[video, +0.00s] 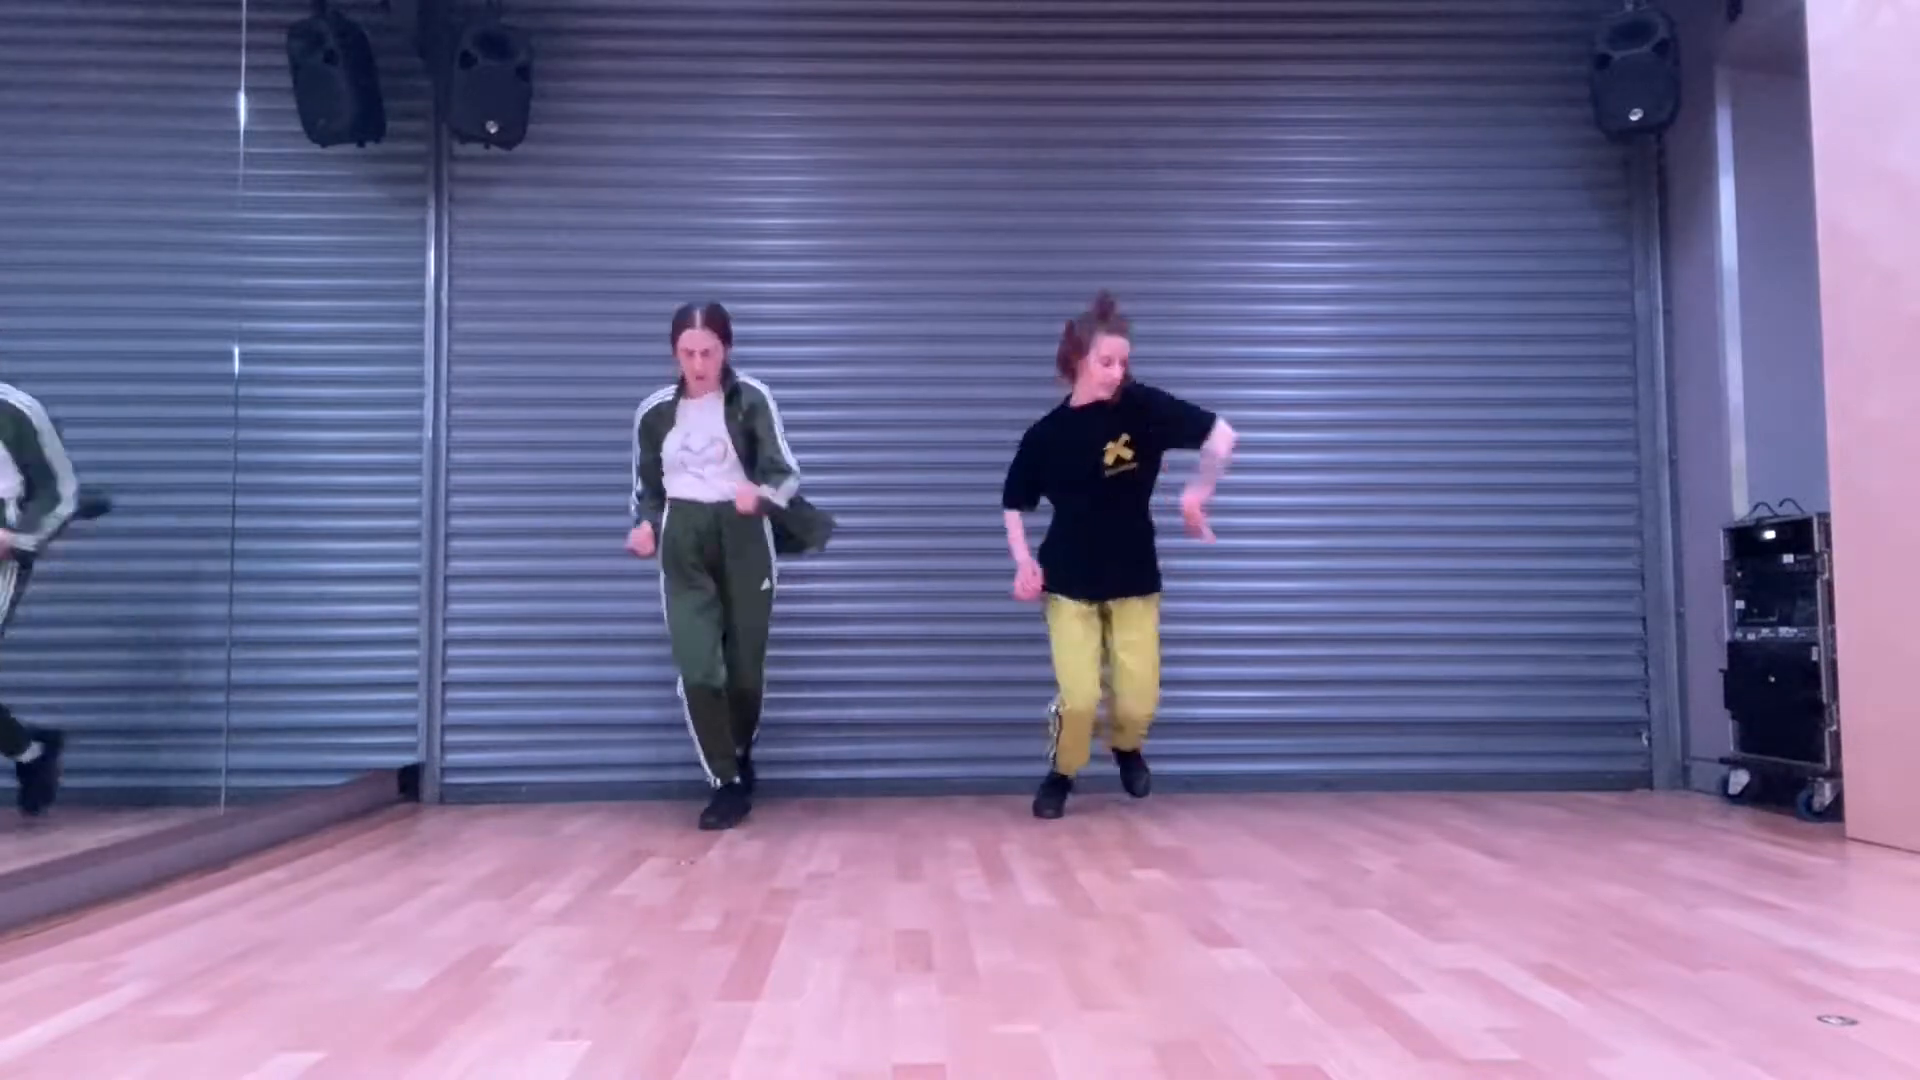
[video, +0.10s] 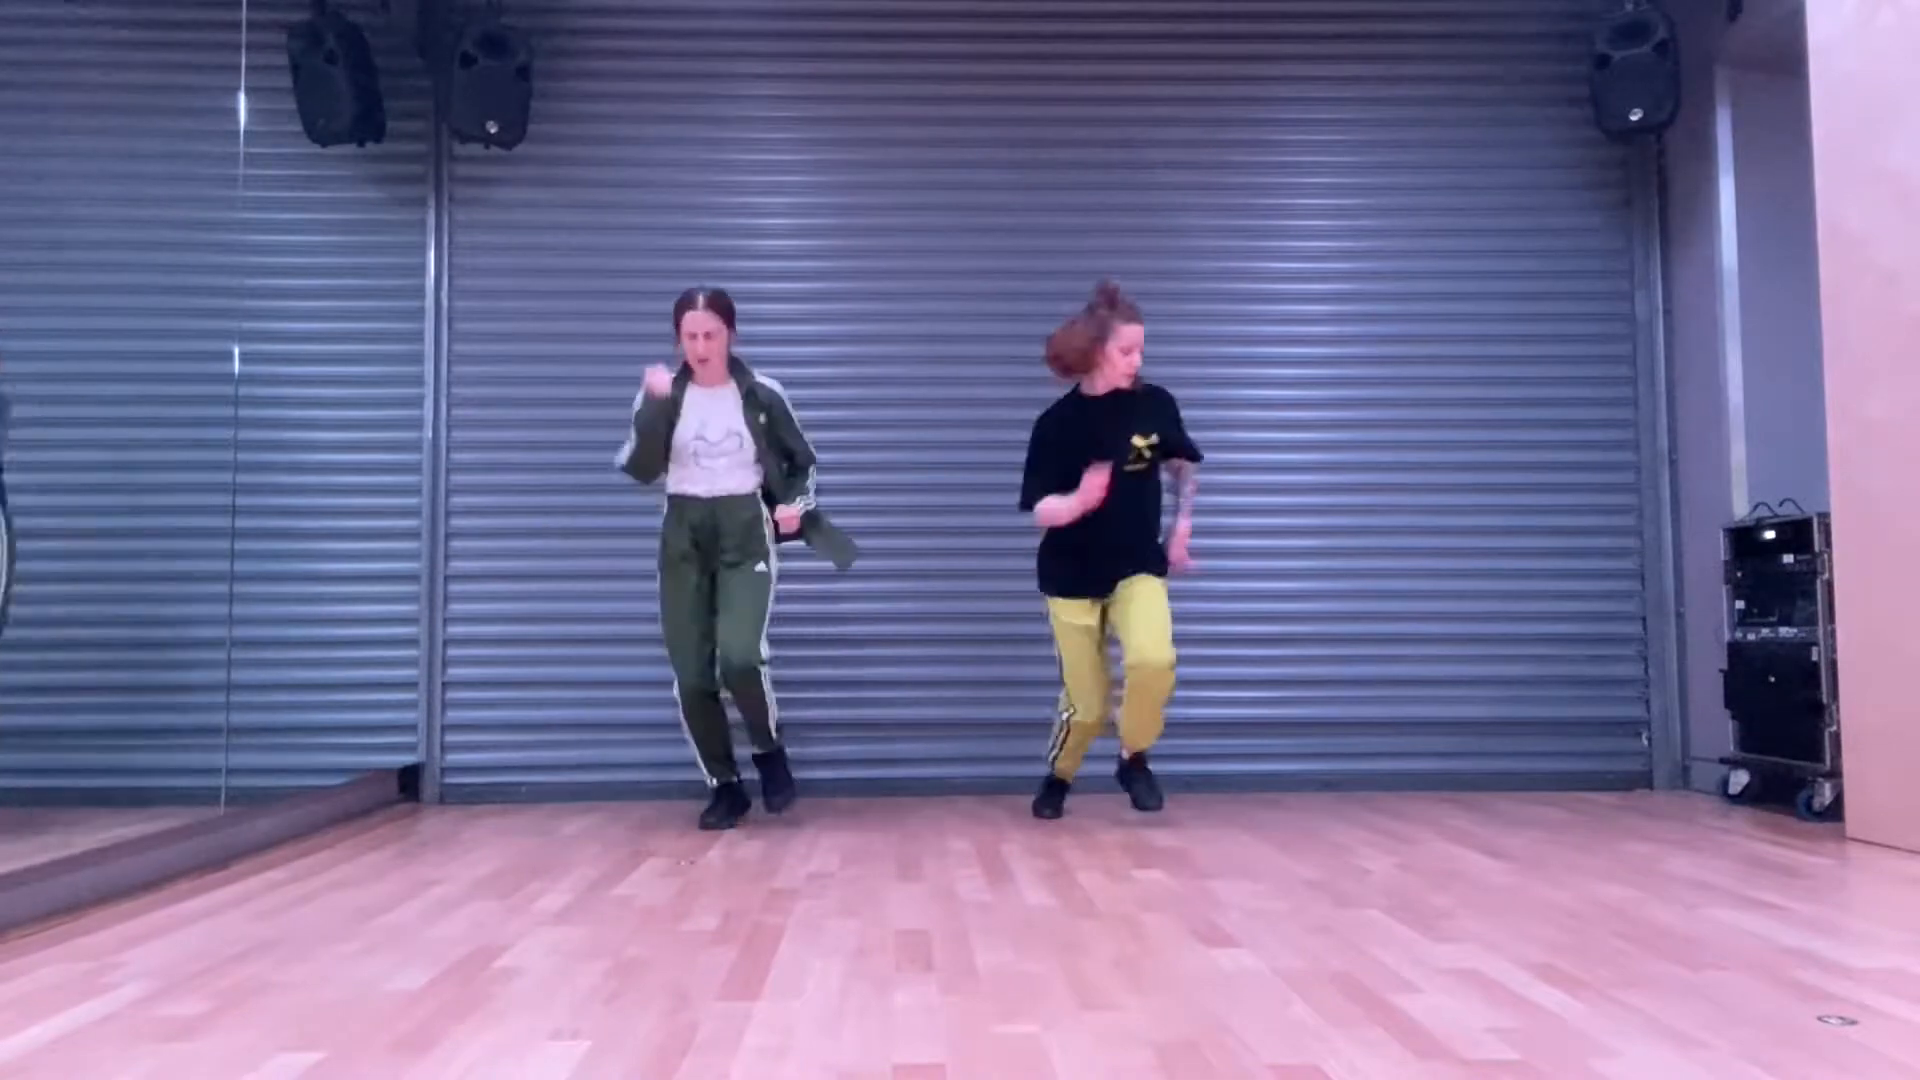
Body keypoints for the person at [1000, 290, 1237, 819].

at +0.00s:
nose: (1117, 373)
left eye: (1122, 362)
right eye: (1106, 361)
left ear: (1128, 362)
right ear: (1076, 362)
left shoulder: (1145, 408)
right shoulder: (1047, 433)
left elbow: (1222, 435)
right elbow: (1012, 503)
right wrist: (1023, 561)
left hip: (1134, 579)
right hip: (1069, 581)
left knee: (1138, 703)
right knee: (1079, 698)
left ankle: (1128, 750)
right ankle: (1061, 775)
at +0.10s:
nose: (1138, 361)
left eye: (1140, 350)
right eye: (1128, 351)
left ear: (1138, 351)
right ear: (1094, 353)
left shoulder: (1154, 405)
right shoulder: (1055, 423)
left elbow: (1185, 470)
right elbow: (1039, 512)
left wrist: (1180, 533)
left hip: (1138, 567)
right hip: (1070, 576)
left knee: (1155, 661)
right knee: (1087, 708)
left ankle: (1135, 761)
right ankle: (1058, 779)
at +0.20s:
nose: (1146, 358)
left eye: (1148, 347)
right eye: (1135, 347)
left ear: (1147, 349)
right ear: (1099, 349)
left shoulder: (1147, 404)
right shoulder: (1076, 402)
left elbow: (1144, 472)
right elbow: (1081, 448)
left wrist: (1152, 530)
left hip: (1153, 553)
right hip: (1090, 561)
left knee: (1166, 659)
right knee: (1083, 682)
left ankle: (1168, 797)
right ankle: (1056, 770)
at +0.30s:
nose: (1140, 336)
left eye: (1147, 324)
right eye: (1128, 325)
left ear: (1158, 326)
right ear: (1107, 326)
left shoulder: (1169, 402)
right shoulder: (1085, 382)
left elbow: (1161, 488)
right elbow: (1079, 446)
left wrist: (1195, 529)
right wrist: (1134, 395)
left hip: (1171, 554)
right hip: (1101, 559)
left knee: (1177, 669)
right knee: (1105, 690)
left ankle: (1170, 803)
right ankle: (1058, 746)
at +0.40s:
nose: (1127, 303)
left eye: (1138, 292)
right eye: (1117, 292)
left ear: (1159, 297)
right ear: (1104, 299)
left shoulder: (1186, 368)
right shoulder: (1083, 368)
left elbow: (1235, 438)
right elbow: (1062, 445)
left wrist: (1211, 410)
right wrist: (1072, 478)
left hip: (1170, 522)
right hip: (1103, 516)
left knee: (1170, 663)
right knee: (1130, 598)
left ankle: (1169, 799)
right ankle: (1105, 707)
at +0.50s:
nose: (1125, 290)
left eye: (1137, 279)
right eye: (1116, 280)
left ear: (1161, 286)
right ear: (1105, 291)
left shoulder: (1195, 356)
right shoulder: (1087, 371)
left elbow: (1262, 318)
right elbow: (1018, 432)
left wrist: (1192, 337)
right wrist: (1025, 491)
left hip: (1171, 524)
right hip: (1101, 519)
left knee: (1166, 659)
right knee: (1144, 431)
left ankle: (1169, 797)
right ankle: (1151, 577)